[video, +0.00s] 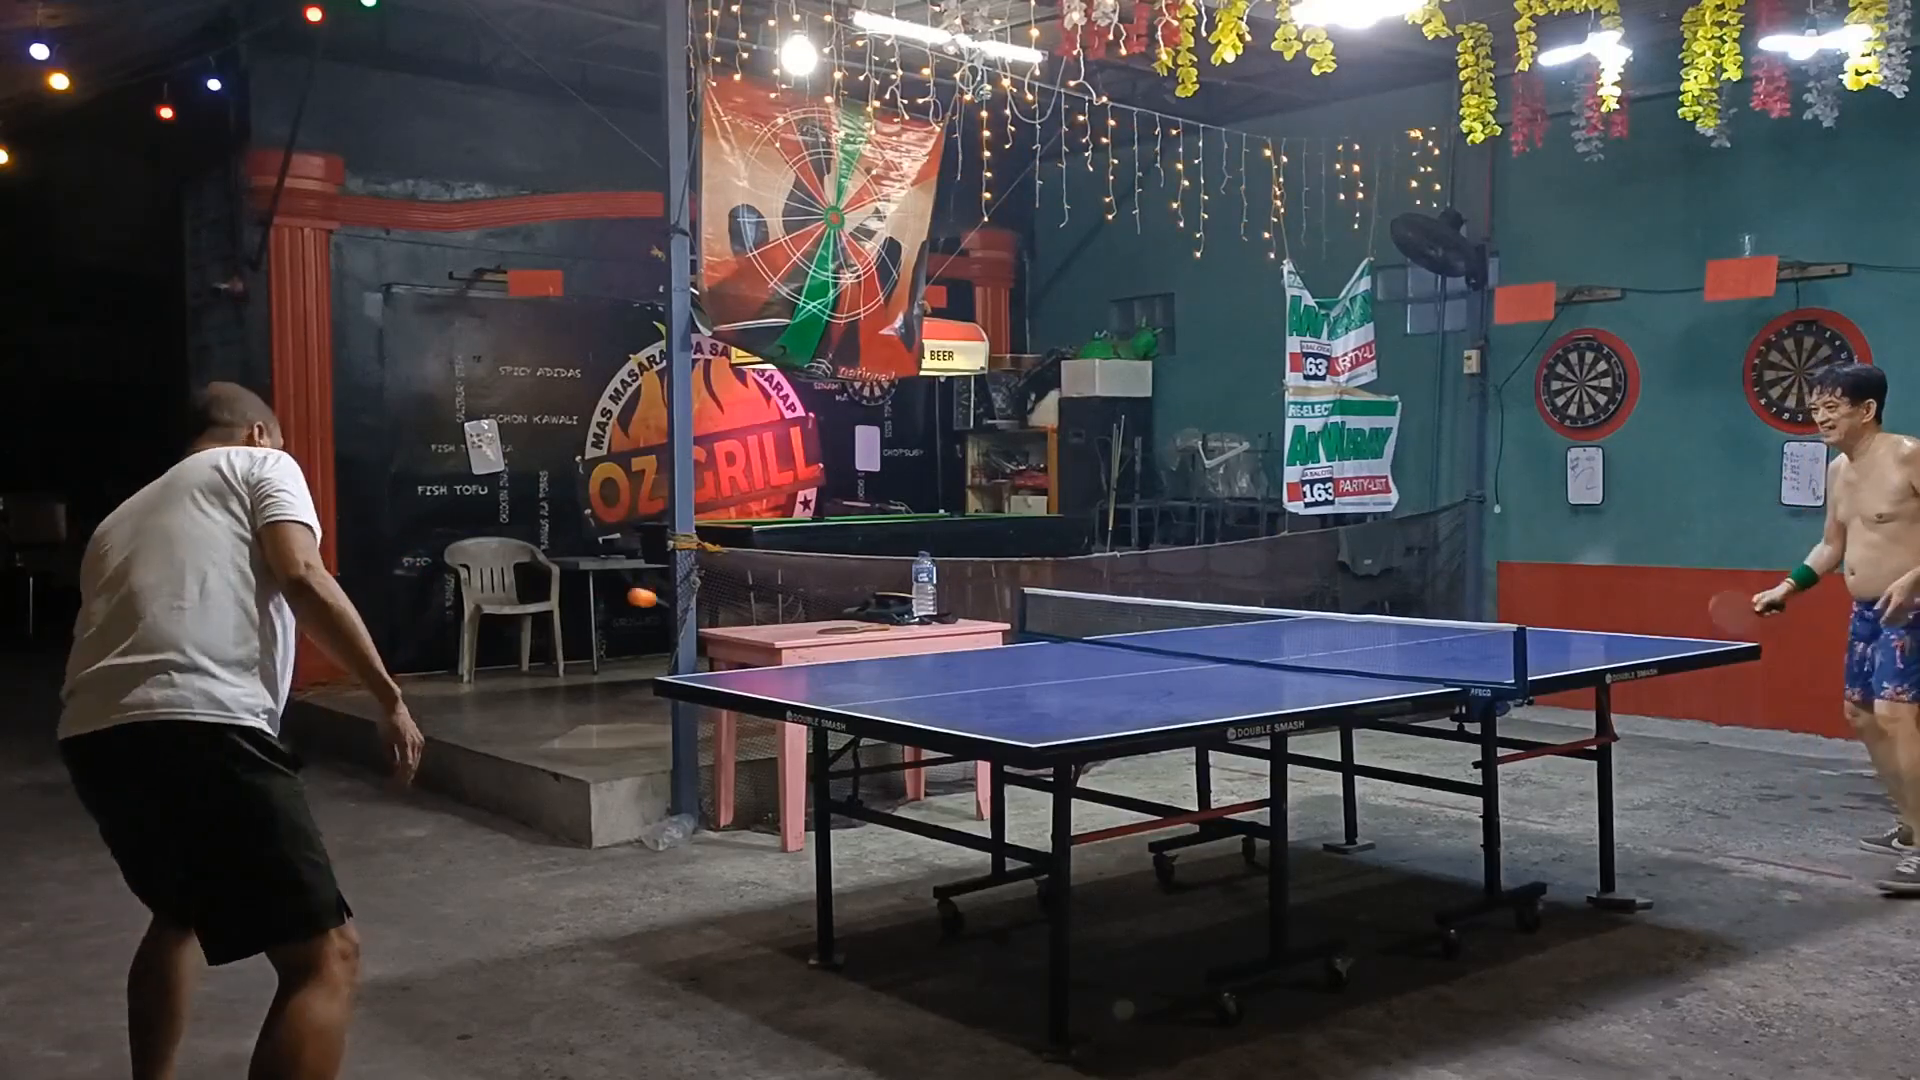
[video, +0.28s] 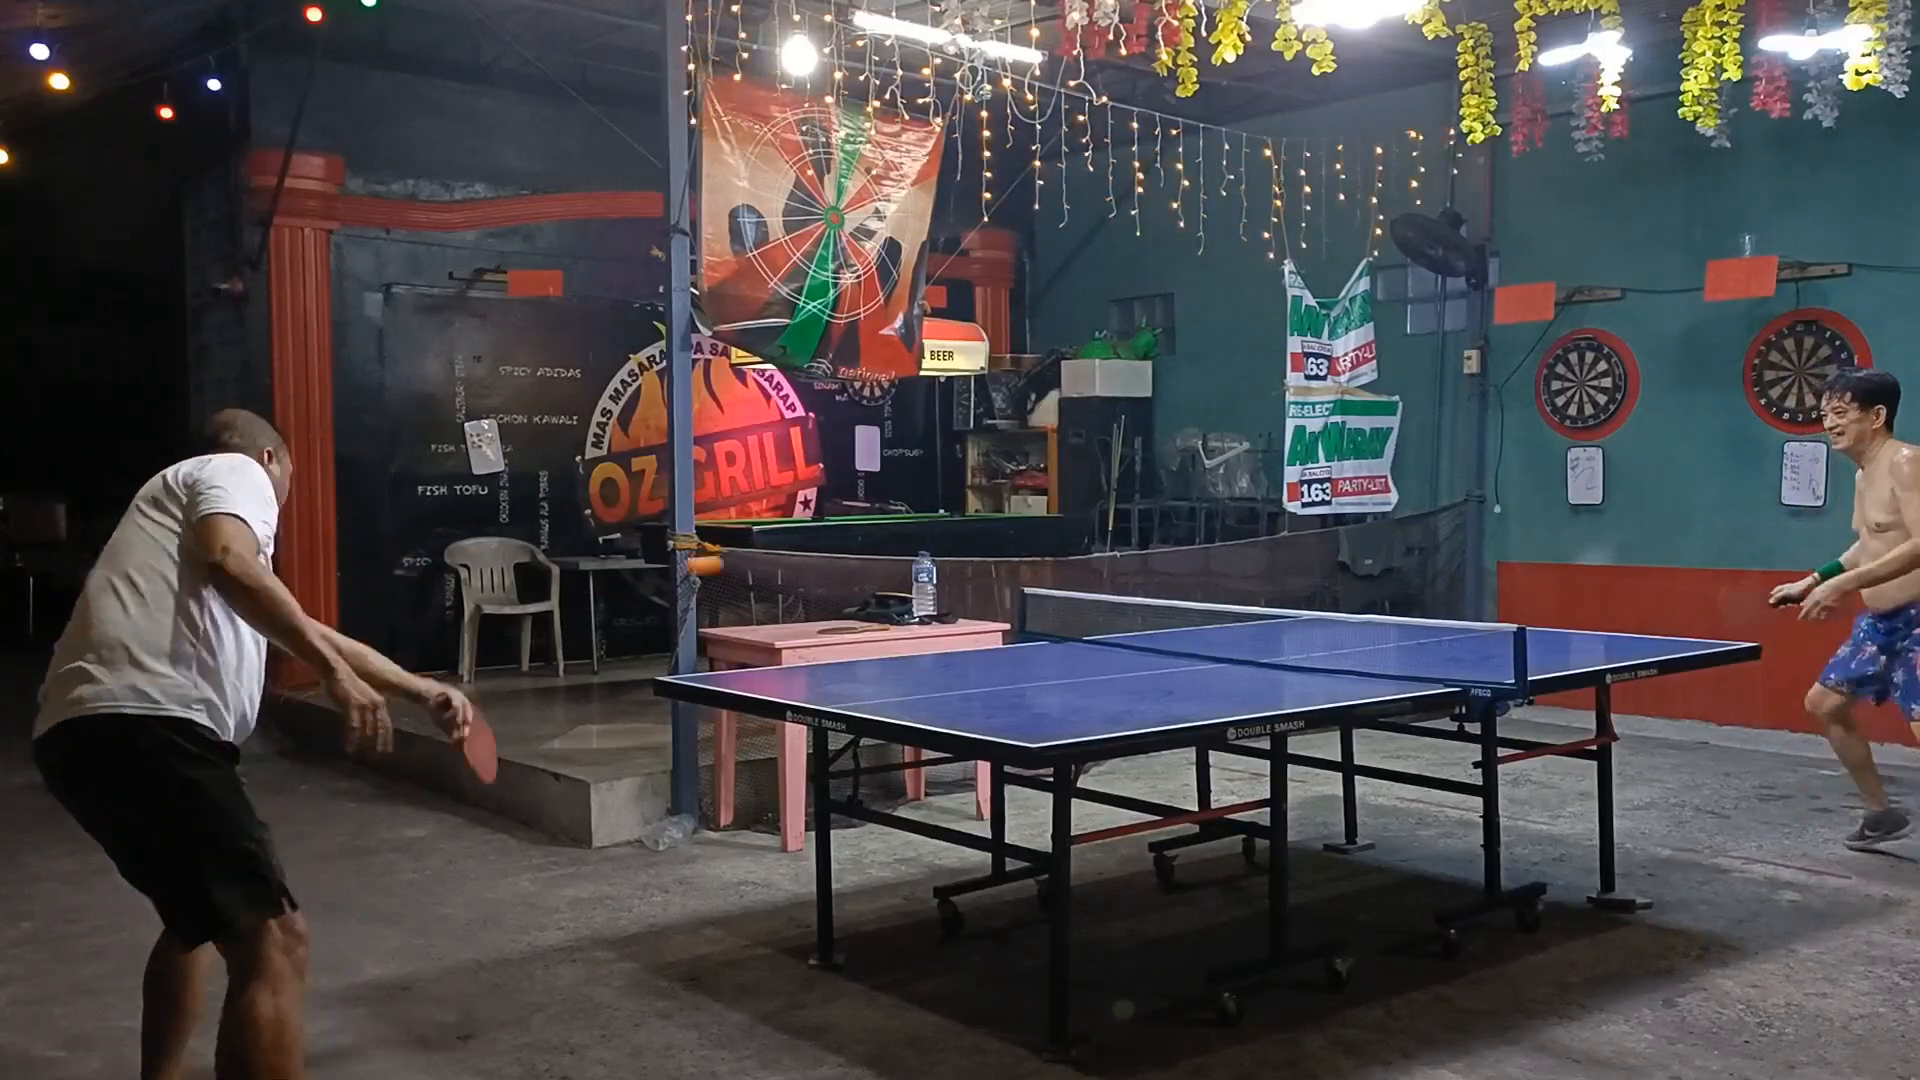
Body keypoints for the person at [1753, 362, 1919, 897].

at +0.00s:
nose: (1821, 420)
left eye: (1830, 409)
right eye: (1816, 411)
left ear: (1866, 409)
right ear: (1816, 414)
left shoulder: (1907, 456)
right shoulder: (1839, 470)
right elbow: (1832, 544)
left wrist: (1913, 580)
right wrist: (1787, 587)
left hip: (1906, 610)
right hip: (1864, 612)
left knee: (1895, 714)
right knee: (1861, 714)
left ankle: (1917, 844)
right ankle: (1911, 823)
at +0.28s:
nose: (1830, 424)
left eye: (1841, 413)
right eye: (1826, 415)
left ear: (1877, 416)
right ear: (1824, 419)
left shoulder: (1904, 462)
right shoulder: (1864, 474)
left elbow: (1915, 544)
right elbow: (1870, 545)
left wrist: (1845, 584)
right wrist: (1811, 582)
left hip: (1912, 622)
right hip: (1877, 623)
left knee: (1919, 728)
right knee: (1825, 704)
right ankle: (1881, 810)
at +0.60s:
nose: (1770, 450)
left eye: (1778, 438)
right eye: (1768, 441)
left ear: (1814, 437)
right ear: (1812, 441)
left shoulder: (1835, 470)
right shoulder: (1828, 488)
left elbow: (1798, 534)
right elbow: (1839, 569)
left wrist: (1717, 586)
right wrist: (1772, 579)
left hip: (1888, 627)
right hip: (1843, 632)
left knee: (1900, 752)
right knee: (1787, 717)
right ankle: (1748, 828)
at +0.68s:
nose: (1749, 470)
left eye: (1755, 457)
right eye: (1747, 461)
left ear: (1790, 450)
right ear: (1791, 454)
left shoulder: (1809, 478)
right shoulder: (1822, 495)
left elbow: (1778, 539)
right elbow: (1838, 587)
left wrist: (1708, 597)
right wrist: (1769, 601)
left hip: (1885, 628)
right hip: (1843, 635)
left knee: (1889, 755)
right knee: (1778, 717)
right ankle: (1746, 828)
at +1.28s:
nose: (1698, 467)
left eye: (1707, 455)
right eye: (1693, 459)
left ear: (1742, 453)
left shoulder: (1778, 478)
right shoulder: (1737, 519)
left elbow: (1768, 544)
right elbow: (1718, 586)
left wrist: (1712, 608)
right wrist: (1668, 603)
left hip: (1861, 624)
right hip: (1806, 636)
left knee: (1885, 745)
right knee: (1739, 712)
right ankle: (1743, 828)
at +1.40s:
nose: (1680, 458)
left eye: (1689, 446)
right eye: (1675, 451)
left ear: (1723, 445)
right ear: (1675, 456)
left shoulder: (1758, 476)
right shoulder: (1712, 511)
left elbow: (1759, 541)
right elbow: (1706, 580)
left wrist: (1708, 610)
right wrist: (1665, 605)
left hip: (1836, 622)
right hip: (1780, 634)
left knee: (1863, 735)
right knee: (1716, 712)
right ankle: (1741, 829)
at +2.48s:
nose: (1659, 451)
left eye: (1671, 443)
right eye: (1654, 439)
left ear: (1700, 442)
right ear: (1646, 434)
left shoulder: (1730, 475)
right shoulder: (1626, 477)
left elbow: (1753, 538)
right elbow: (1584, 545)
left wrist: (1757, 603)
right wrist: (1619, 591)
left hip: (1714, 604)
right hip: (1645, 605)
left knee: (1739, 701)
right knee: (1634, 706)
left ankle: (1764, 818)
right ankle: (1649, 812)